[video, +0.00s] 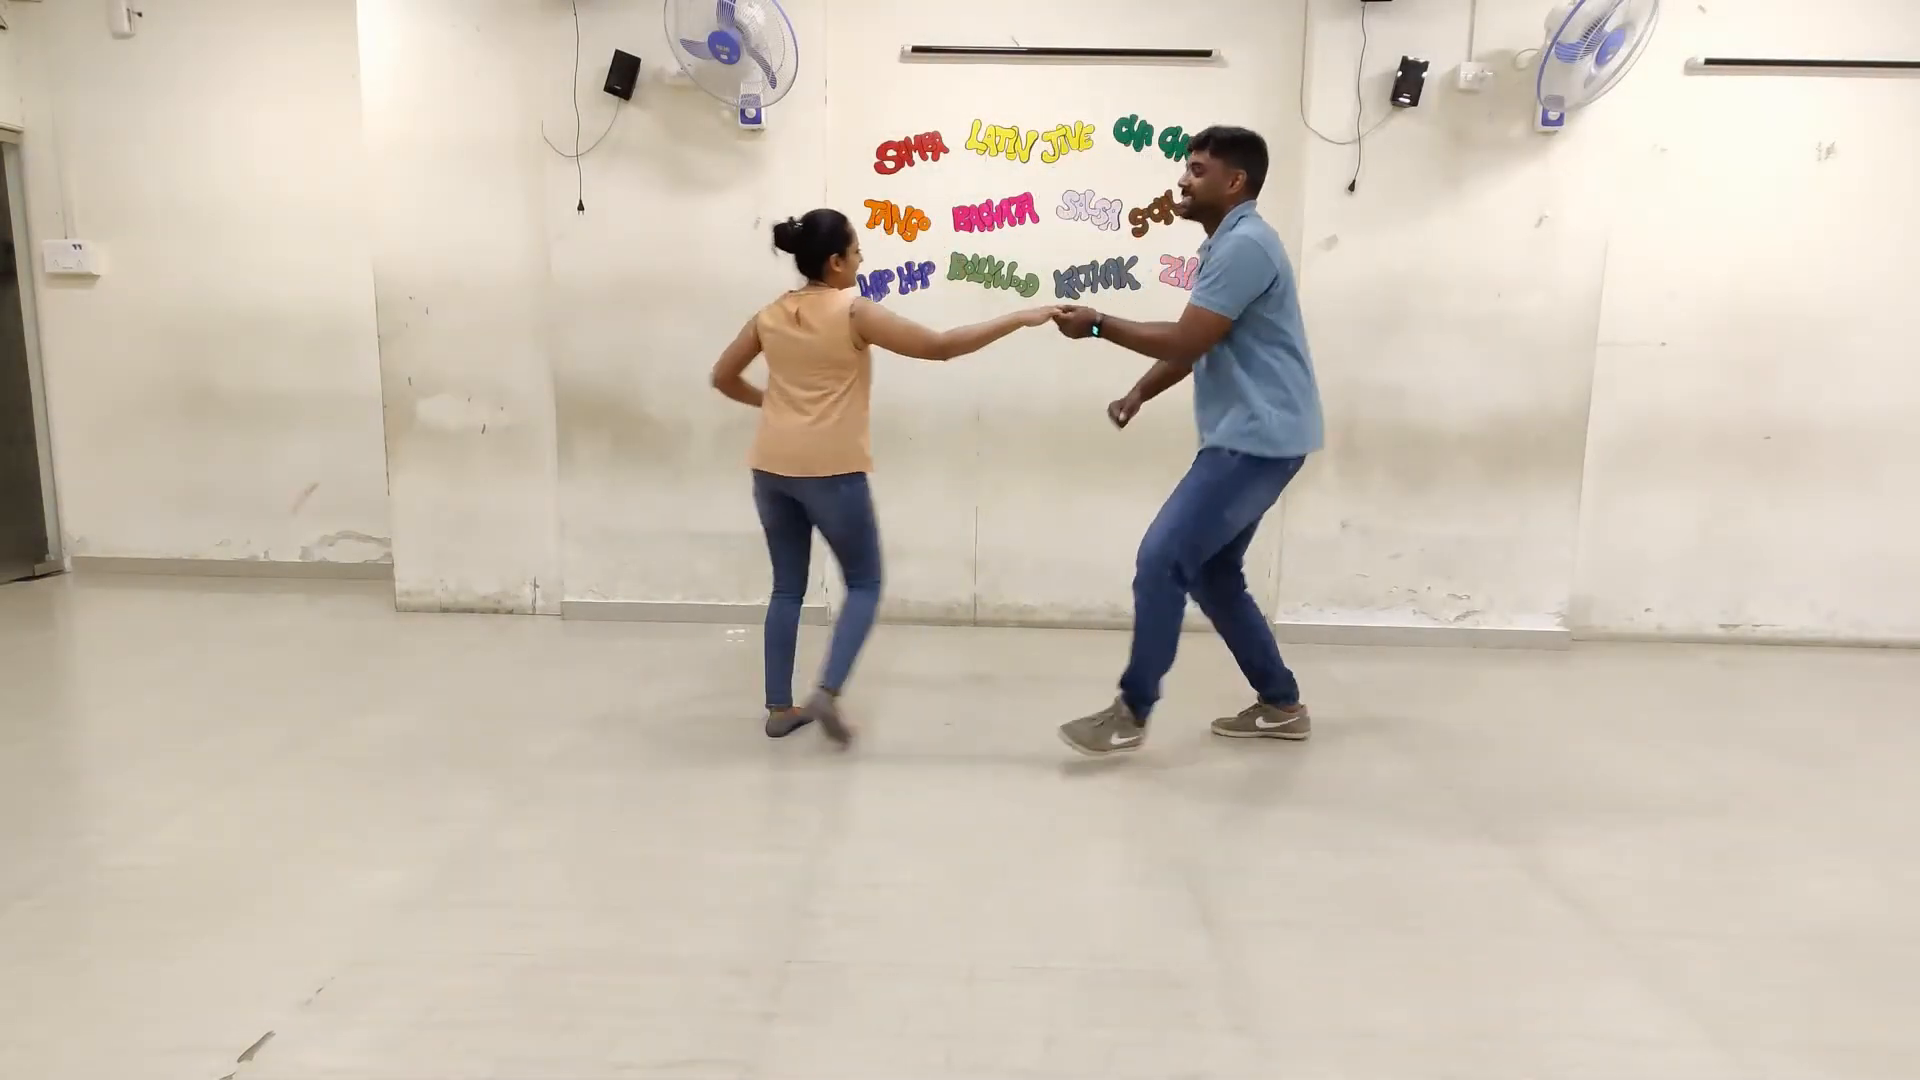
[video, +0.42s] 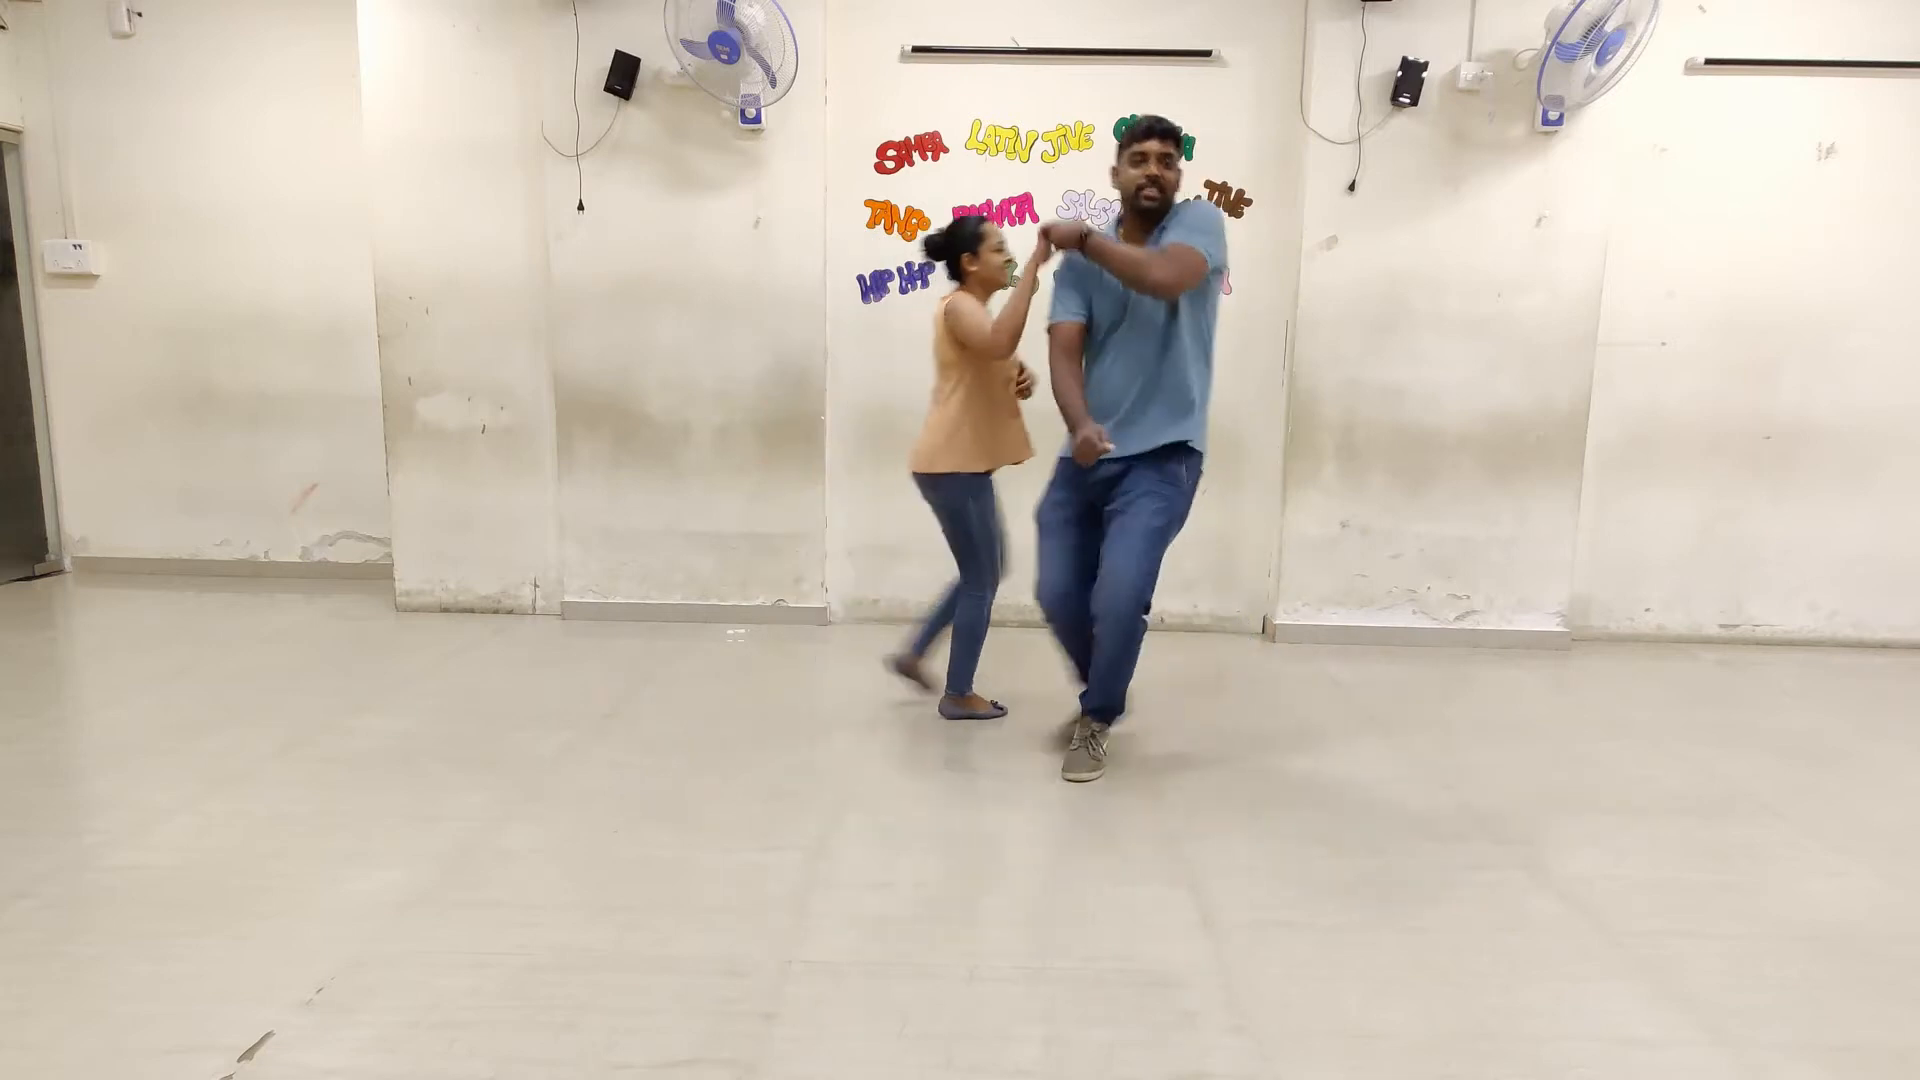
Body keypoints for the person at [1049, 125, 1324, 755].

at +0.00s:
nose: (1184, 179)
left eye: (1199, 169)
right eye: (1188, 168)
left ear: (1239, 182)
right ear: (1226, 183)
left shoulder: (1245, 243)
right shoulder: (1225, 245)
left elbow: (1187, 340)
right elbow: (1199, 346)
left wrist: (1096, 323)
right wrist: (1139, 393)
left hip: (1259, 435)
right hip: (1248, 433)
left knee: (1162, 557)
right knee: (1213, 575)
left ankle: (1132, 712)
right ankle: (1281, 703)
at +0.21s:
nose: (1168, 197)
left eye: (1185, 189)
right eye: (1163, 187)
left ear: (1221, 203)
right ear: (1156, 200)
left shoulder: (1235, 264)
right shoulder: (1148, 282)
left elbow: (1192, 349)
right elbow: (1122, 366)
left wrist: (1110, 314)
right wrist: (1091, 425)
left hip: (1208, 470)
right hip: (1157, 469)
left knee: (1121, 595)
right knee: (1165, 601)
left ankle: (1093, 725)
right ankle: (1271, 682)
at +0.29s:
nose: (1169, 190)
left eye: (1185, 181)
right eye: (1160, 179)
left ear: (1207, 194)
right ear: (1146, 190)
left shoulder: (1225, 249)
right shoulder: (1121, 273)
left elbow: (1184, 327)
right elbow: (1099, 363)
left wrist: (1100, 287)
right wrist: (1080, 426)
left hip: (1190, 463)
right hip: (1131, 462)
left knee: (1112, 602)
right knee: (1120, 601)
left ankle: (1093, 724)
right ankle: (1233, 661)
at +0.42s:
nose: (1153, 170)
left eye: (1166, 161)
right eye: (1140, 160)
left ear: (1180, 173)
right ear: (1116, 171)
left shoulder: (1201, 221)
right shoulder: (1085, 251)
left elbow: (1166, 276)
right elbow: (1065, 350)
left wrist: (1084, 241)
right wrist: (1079, 423)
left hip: (1164, 447)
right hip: (1089, 447)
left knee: (1119, 598)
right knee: (1057, 595)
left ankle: (1095, 718)